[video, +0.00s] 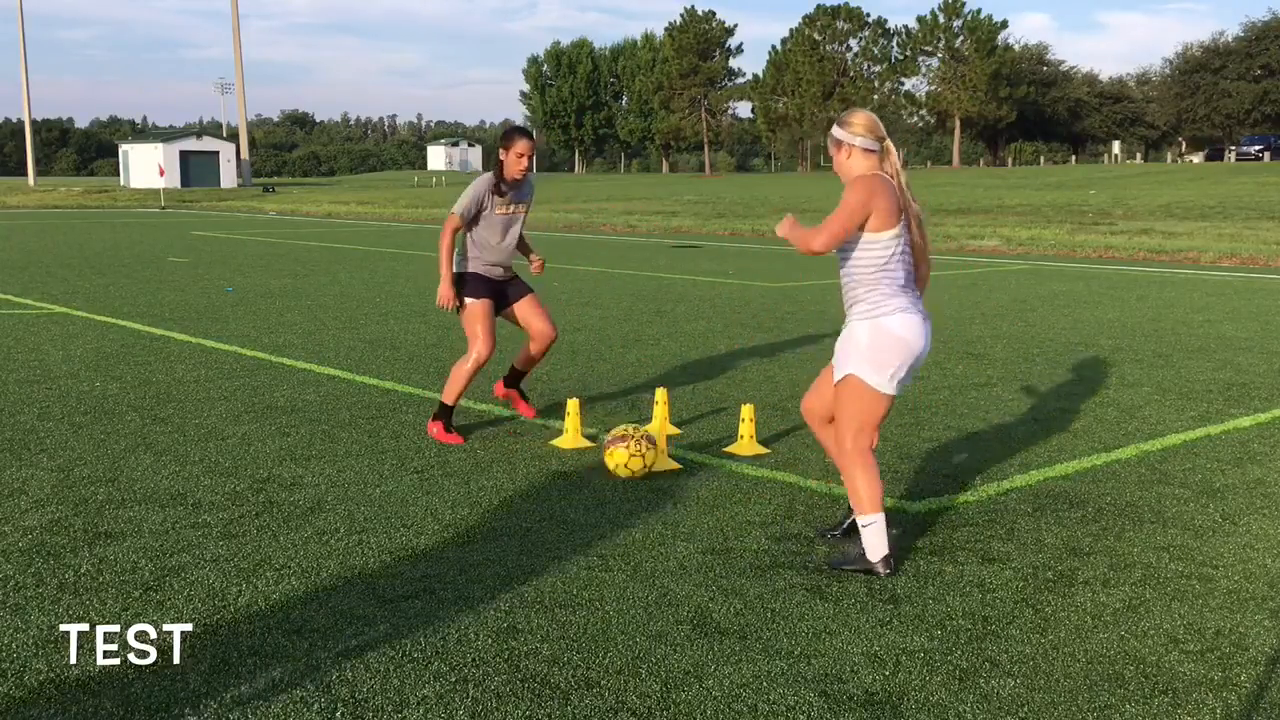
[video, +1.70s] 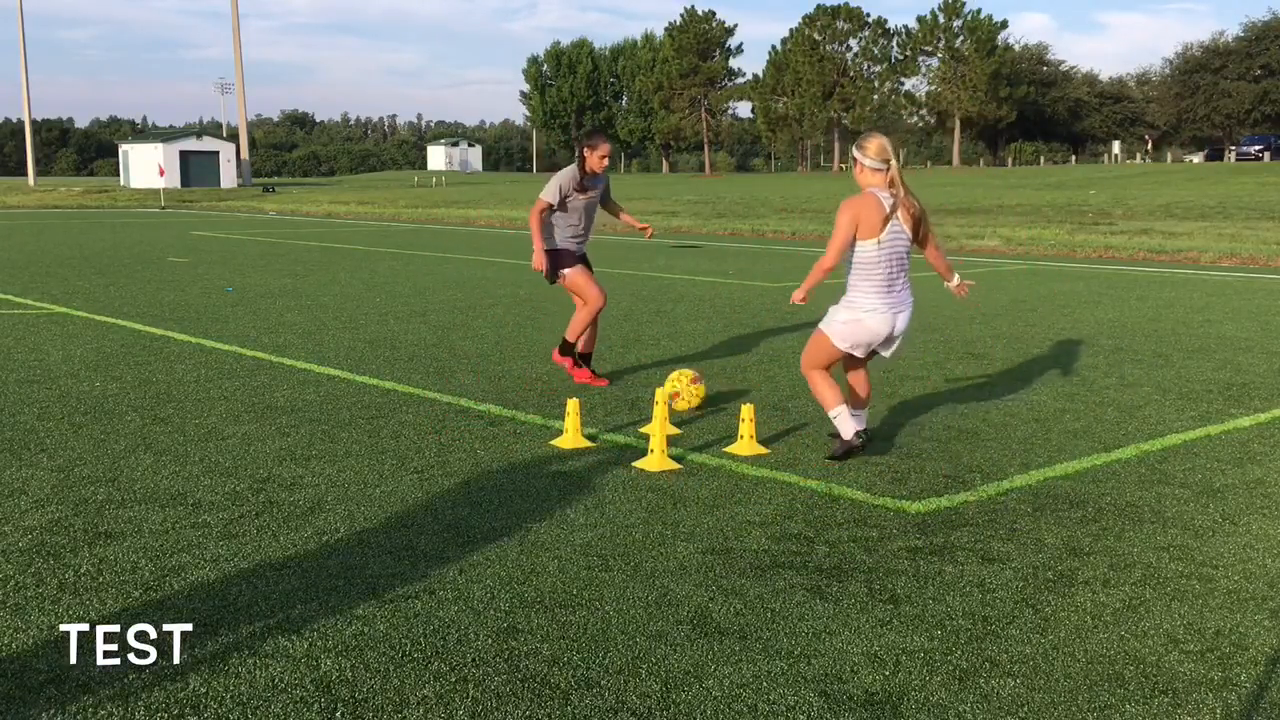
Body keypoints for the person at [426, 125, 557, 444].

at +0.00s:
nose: (526, 163)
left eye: (530, 157)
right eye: (520, 156)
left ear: (532, 159)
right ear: (502, 155)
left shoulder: (526, 189)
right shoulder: (482, 187)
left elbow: (512, 230)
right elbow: (449, 229)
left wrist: (531, 255)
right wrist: (446, 280)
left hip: (506, 277)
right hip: (474, 275)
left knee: (545, 334)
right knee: (481, 348)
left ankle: (509, 385)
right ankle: (440, 419)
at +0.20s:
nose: (536, 152)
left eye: (539, 146)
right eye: (530, 146)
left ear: (541, 148)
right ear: (514, 146)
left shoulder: (544, 181)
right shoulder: (493, 180)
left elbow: (541, 218)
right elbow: (471, 223)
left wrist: (555, 242)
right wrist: (485, 256)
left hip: (520, 269)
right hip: (486, 266)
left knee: (540, 339)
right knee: (477, 338)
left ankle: (510, 398)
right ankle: (448, 414)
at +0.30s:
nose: (539, 141)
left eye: (542, 135)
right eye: (533, 135)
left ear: (544, 137)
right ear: (517, 136)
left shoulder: (549, 170)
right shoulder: (499, 170)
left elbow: (546, 206)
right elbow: (481, 215)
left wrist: (558, 238)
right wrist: (508, 240)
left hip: (528, 259)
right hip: (493, 255)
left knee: (534, 335)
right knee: (492, 326)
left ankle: (510, 399)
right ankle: (463, 404)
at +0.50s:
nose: (546, 134)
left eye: (549, 128)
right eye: (540, 128)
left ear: (550, 131)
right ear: (523, 128)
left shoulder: (548, 160)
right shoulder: (506, 161)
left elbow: (541, 200)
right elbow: (483, 204)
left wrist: (552, 224)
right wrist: (522, 221)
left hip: (537, 248)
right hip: (505, 248)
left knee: (556, 315)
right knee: (512, 325)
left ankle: (528, 380)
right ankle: (483, 388)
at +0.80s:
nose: (570, 149)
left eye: (572, 144)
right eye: (564, 144)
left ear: (574, 145)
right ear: (548, 146)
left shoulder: (579, 175)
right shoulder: (532, 179)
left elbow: (580, 208)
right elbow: (511, 216)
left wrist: (590, 230)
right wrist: (527, 242)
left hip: (565, 263)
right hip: (533, 261)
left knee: (581, 324)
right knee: (526, 327)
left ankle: (568, 376)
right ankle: (489, 391)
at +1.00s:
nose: (581, 135)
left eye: (583, 129)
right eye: (576, 129)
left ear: (583, 132)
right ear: (559, 130)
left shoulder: (585, 155)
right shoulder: (542, 160)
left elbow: (581, 189)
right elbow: (520, 199)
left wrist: (598, 209)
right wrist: (549, 217)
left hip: (574, 242)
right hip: (544, 241)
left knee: (580, 309)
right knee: (551, 309)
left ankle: (572, 371)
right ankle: (527, 366)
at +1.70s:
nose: (607, 163)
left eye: (609, 158)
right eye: (602, 157)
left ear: (607, 156)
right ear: (586, 153)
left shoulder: (601, 179)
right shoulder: (565, 178)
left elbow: (607, 203)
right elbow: (536, 211)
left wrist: (634, 223)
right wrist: (539, 249)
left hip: (577, 250)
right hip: (557, 250)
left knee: (588, 307)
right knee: (596, 299)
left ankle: (583, 366)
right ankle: (564, 351)